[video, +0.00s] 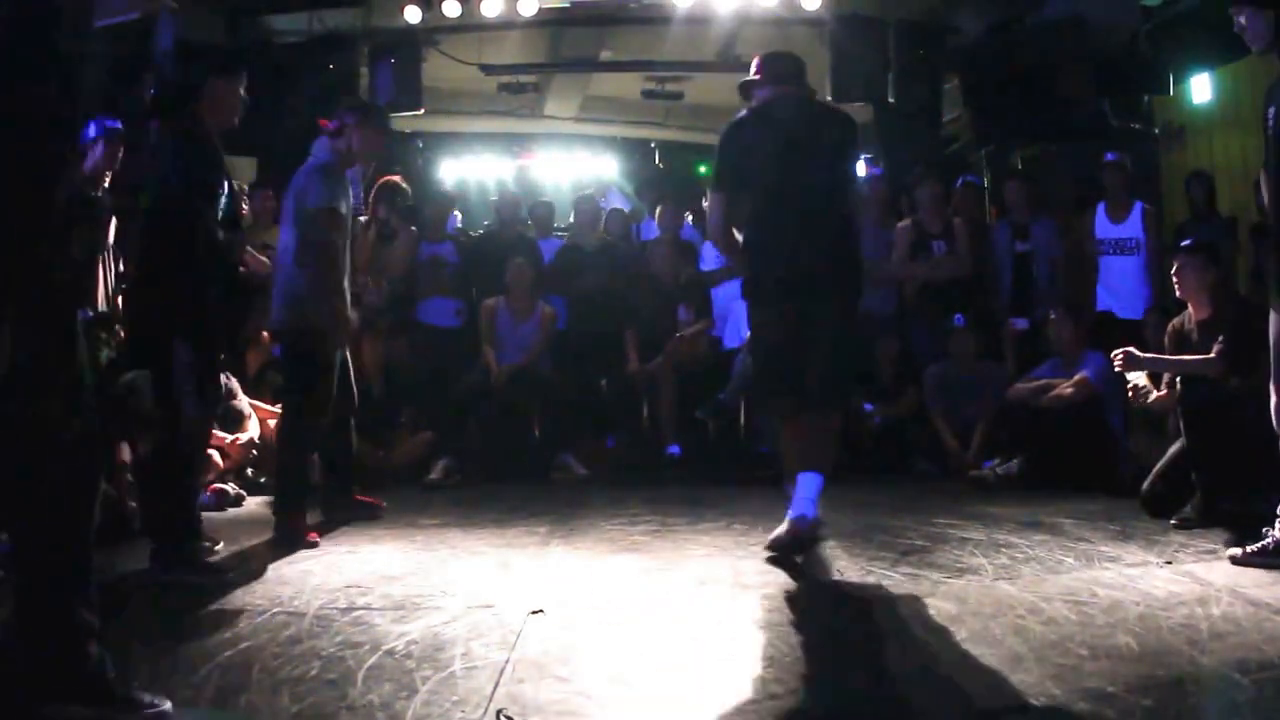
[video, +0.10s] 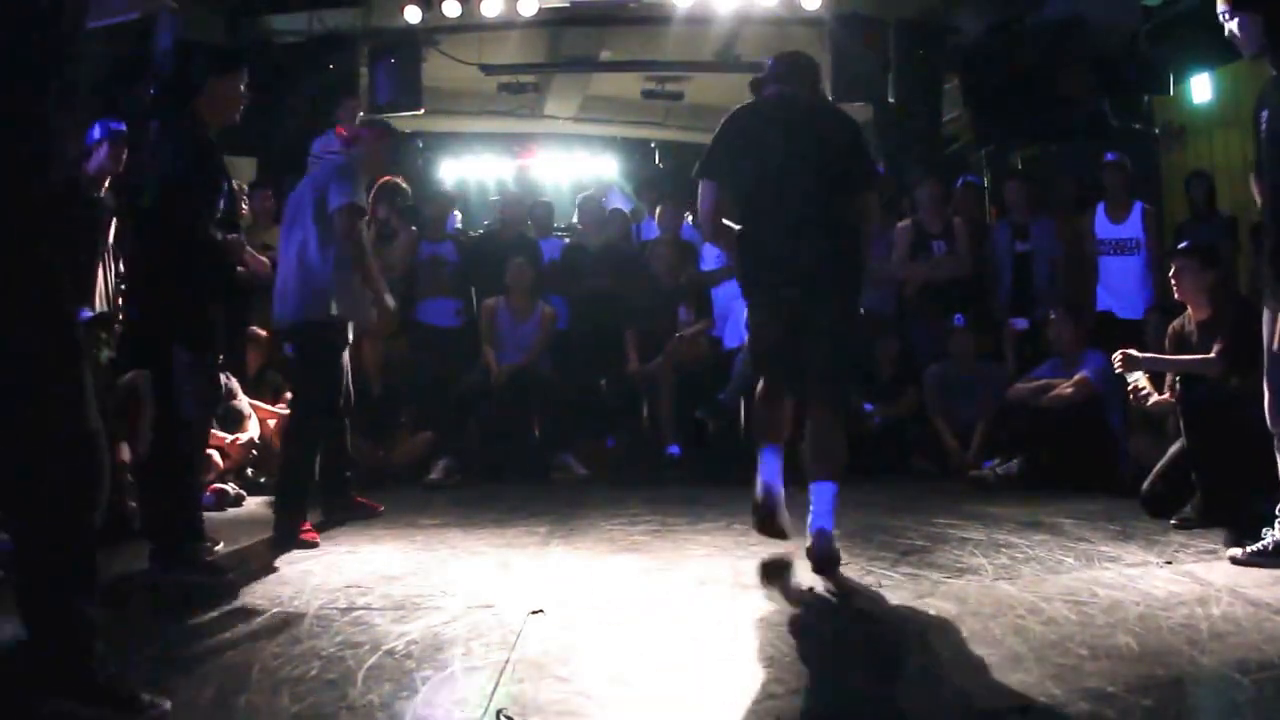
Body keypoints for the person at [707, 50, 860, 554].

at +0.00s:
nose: (751, 95)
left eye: (753, 87)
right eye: (752, 88)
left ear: (761, 85)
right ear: (802, 83)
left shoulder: (741, 129)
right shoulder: (839, 123)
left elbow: (716, 224)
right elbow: (853, 199)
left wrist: (744, 258)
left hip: (771, 275)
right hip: (833, 271)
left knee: (784, 392)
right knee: (825, 389)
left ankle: (802, 512)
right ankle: (802, 510)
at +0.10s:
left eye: (767, 84)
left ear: (766, 85)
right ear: (817, 87)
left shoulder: (740, 121)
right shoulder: (842, 125)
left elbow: (705, 217)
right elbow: (869, 210)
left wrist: (740, 245)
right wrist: (852, 254)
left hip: (766, 274)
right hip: (831, 276)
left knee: (771, 378)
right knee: (826, 398)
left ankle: (768, 483)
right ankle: (822, 530)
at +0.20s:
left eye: (779, 85)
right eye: (812, 85)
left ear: (769, 87)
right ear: (822, 87)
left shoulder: (743, 123)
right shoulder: (847, 128)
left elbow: (714, 225)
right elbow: (868, 217)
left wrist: (749, 261)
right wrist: (850, 257)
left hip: (760, 284)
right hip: (829, 284)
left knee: (765, 391)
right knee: (830, 406)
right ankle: (818, 535)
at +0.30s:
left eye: (764, 57)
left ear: (758, 60)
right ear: (808, 59)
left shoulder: (734, 100)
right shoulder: (835, 93)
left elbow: (712, 208)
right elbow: (862, 184)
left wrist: (730, 246)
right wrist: (848, 226)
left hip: (758, 255)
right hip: (825, 253)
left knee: (757, 376)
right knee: (824, 387)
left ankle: (800, 406)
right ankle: (827, 526)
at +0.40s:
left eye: (734, 33)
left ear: (731, 36)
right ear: (788, 30)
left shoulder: (715, 92)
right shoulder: (822, 77)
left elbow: (699, 193)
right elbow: (843, 172)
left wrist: (720, 250)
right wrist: (844, 235)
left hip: (749, 260)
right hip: (823, 257)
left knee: (765, 385)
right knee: (842, 385)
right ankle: (863, 542)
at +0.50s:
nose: (716, 71)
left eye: (716, 63)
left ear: (718, 62)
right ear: (772, 58)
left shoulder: (701, 102)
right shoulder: (808, 91)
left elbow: (679, 208)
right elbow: (826, 185)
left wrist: (675, 272)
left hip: (739, 284)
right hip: (819, 278)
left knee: (747, 427)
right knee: (842, 413)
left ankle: (764, 595)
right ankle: (878, 565)